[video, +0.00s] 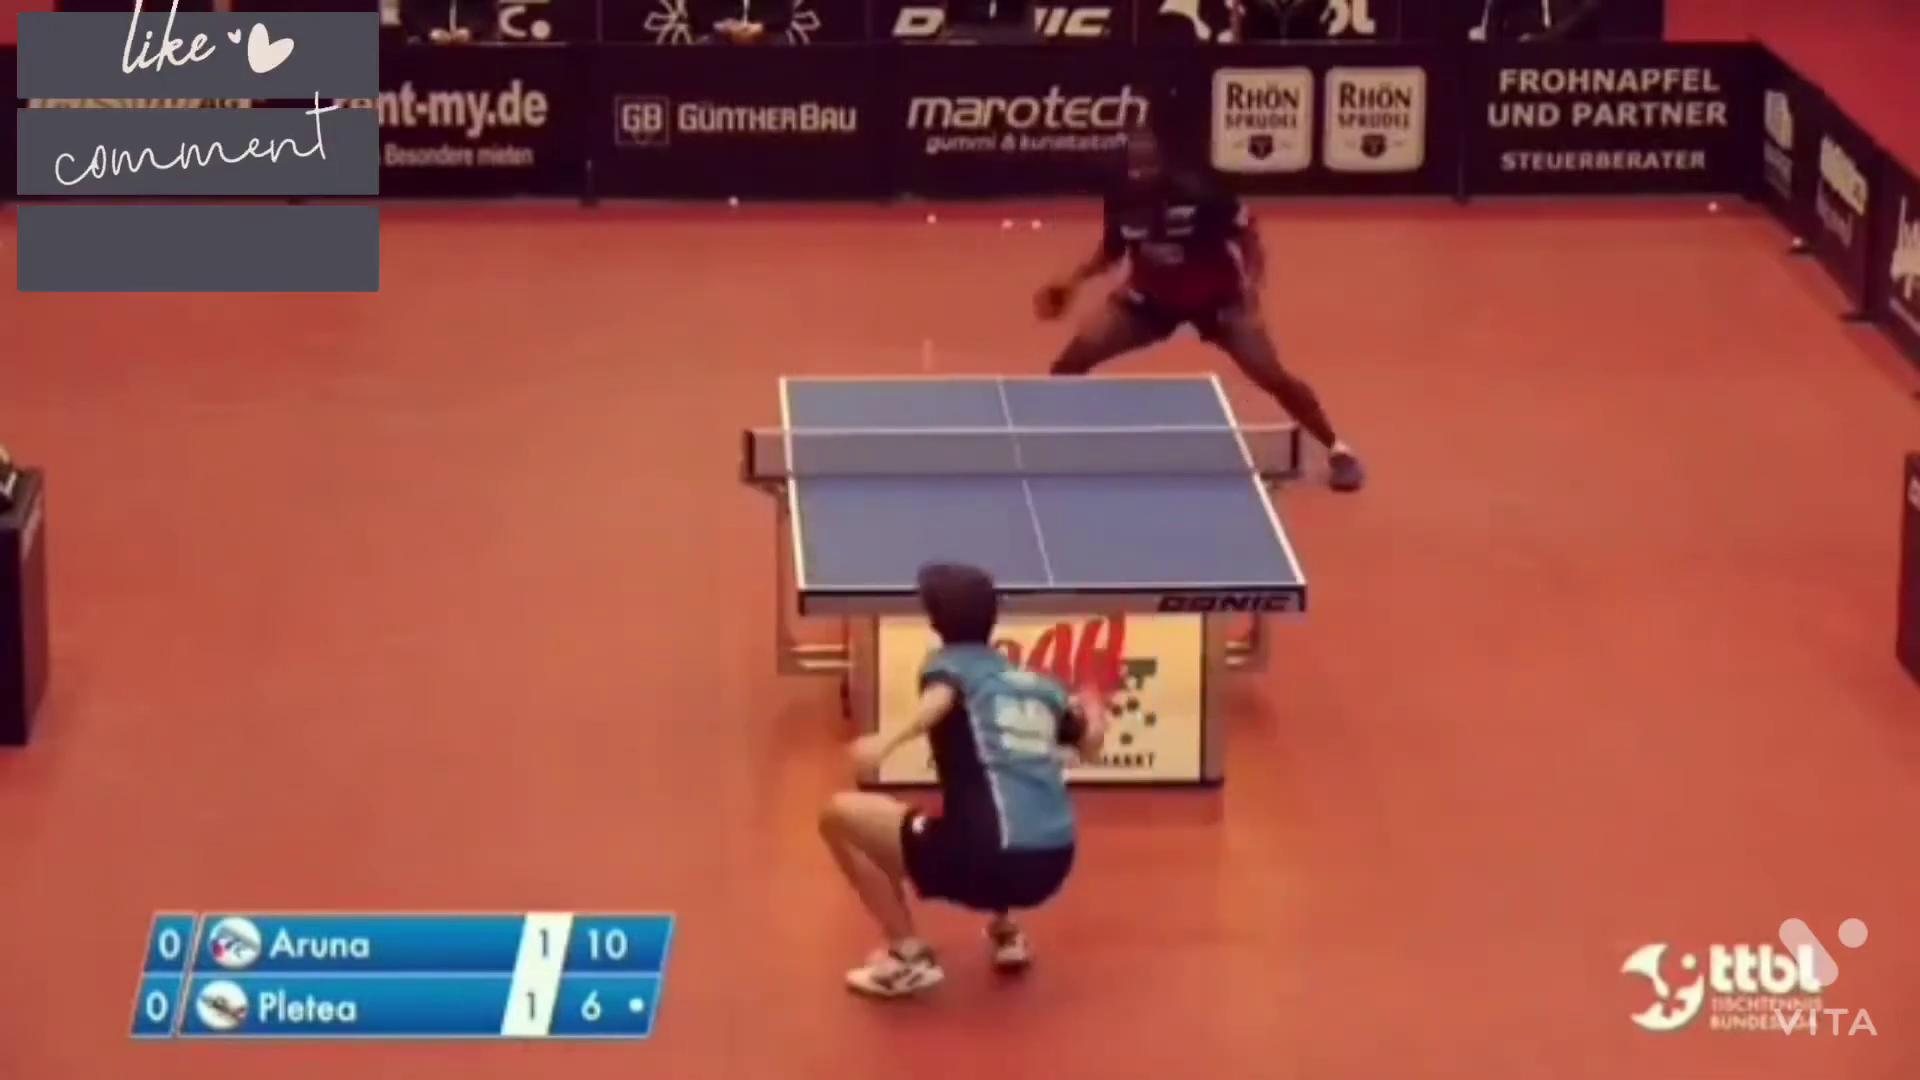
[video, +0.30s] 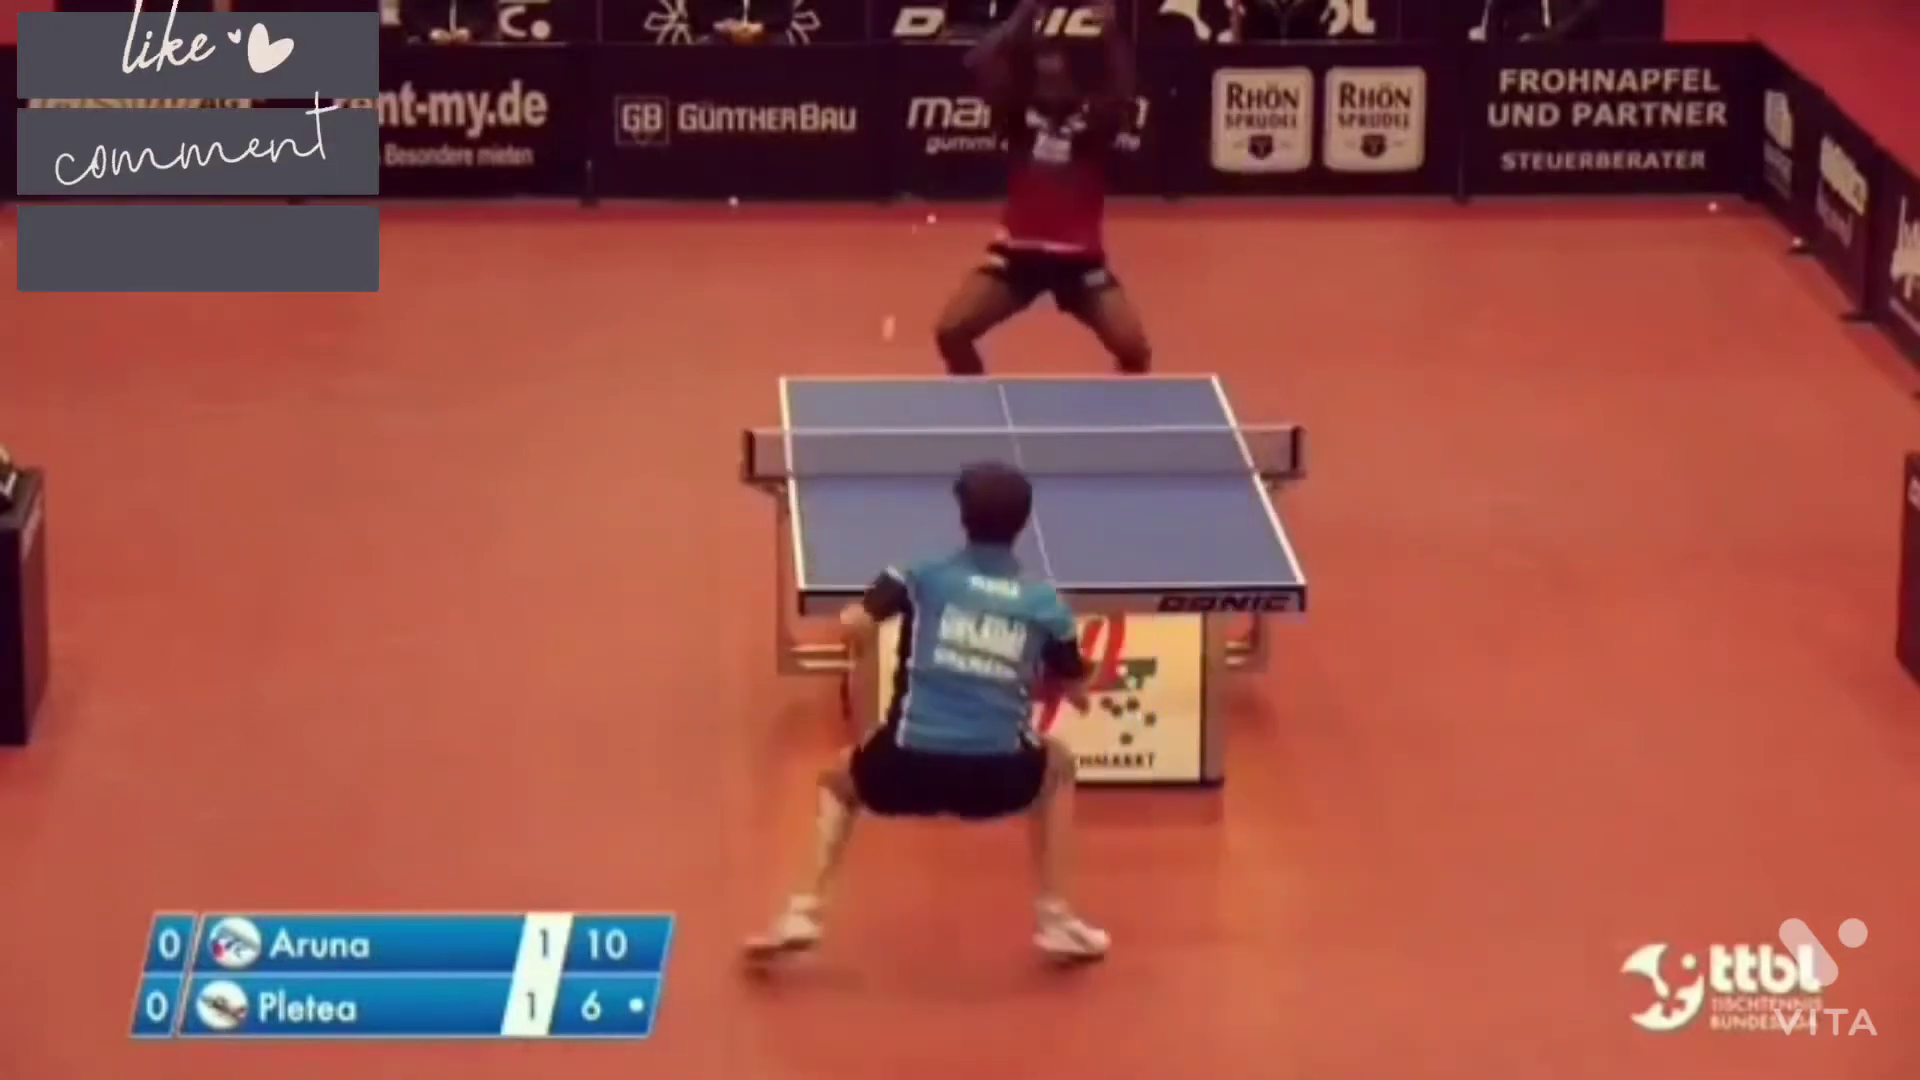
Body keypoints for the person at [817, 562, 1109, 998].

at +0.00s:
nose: (928, 620)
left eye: (930, 611)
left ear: (936, 623)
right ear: (990, 618)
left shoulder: (949, 664)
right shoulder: (1031, 680)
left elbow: (938, 704)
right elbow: (1090, 746)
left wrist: (881, 744)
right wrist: (1093, 718)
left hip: (982, 869)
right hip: (1049, 869)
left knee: (839, 816)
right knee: (979, 807)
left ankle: (907, 953)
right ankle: (1006, 930)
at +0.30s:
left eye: (963, 507)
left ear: (964, 516)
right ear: (1023, 523)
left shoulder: (923, 576)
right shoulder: (1043, 603)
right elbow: (1074, 682)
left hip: (906, 774)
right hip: (994, 781)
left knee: (840, 788)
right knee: (1057, 763)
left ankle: (804, 911)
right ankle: (1055, 917)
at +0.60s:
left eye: (835, 412)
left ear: (831, 421)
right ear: (886, 419)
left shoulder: (824, 474)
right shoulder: (925, 475)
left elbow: (773, 476)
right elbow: (950, 505)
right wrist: (938, 465)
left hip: (848, 675)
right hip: (929, 676)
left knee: (765, 757)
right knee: (1003, 784)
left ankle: (742, 898)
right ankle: (1065, 915)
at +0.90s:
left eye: (694, 406)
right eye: (756, 401)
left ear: (696, 417)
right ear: (757, 409)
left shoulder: (685, 497)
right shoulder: (791, 468)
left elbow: (626, 539)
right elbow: (876, 446)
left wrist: (604, 551)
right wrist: (910, 360)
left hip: (741, 679)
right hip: (825, 667)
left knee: (658, 799)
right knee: (920, 772)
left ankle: (581, 908)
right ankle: (1001, 888)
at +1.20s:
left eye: (747, 439)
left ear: (742, 452)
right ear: (804, 455)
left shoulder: (716, 522)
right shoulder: (828, 523)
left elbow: (651, 584)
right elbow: (904, 588)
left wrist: (693, 560)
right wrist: (901, 553)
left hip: (741, 714)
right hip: (831, 711)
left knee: (654, 822)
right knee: (946, 774)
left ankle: (571, 920)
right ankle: (1005, 911)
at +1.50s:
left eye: (926, 516)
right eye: (959, 518)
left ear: (908, 525)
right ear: (966, 531)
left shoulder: (865, 582)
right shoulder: (982, 610)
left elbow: (786, 619)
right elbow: (1019, 685)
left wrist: (834, 613)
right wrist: (975, 662)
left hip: (842, 771)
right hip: (929, 780)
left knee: (764, 833)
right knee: (1034, 851)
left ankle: (707, 961)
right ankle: (1085, 992)